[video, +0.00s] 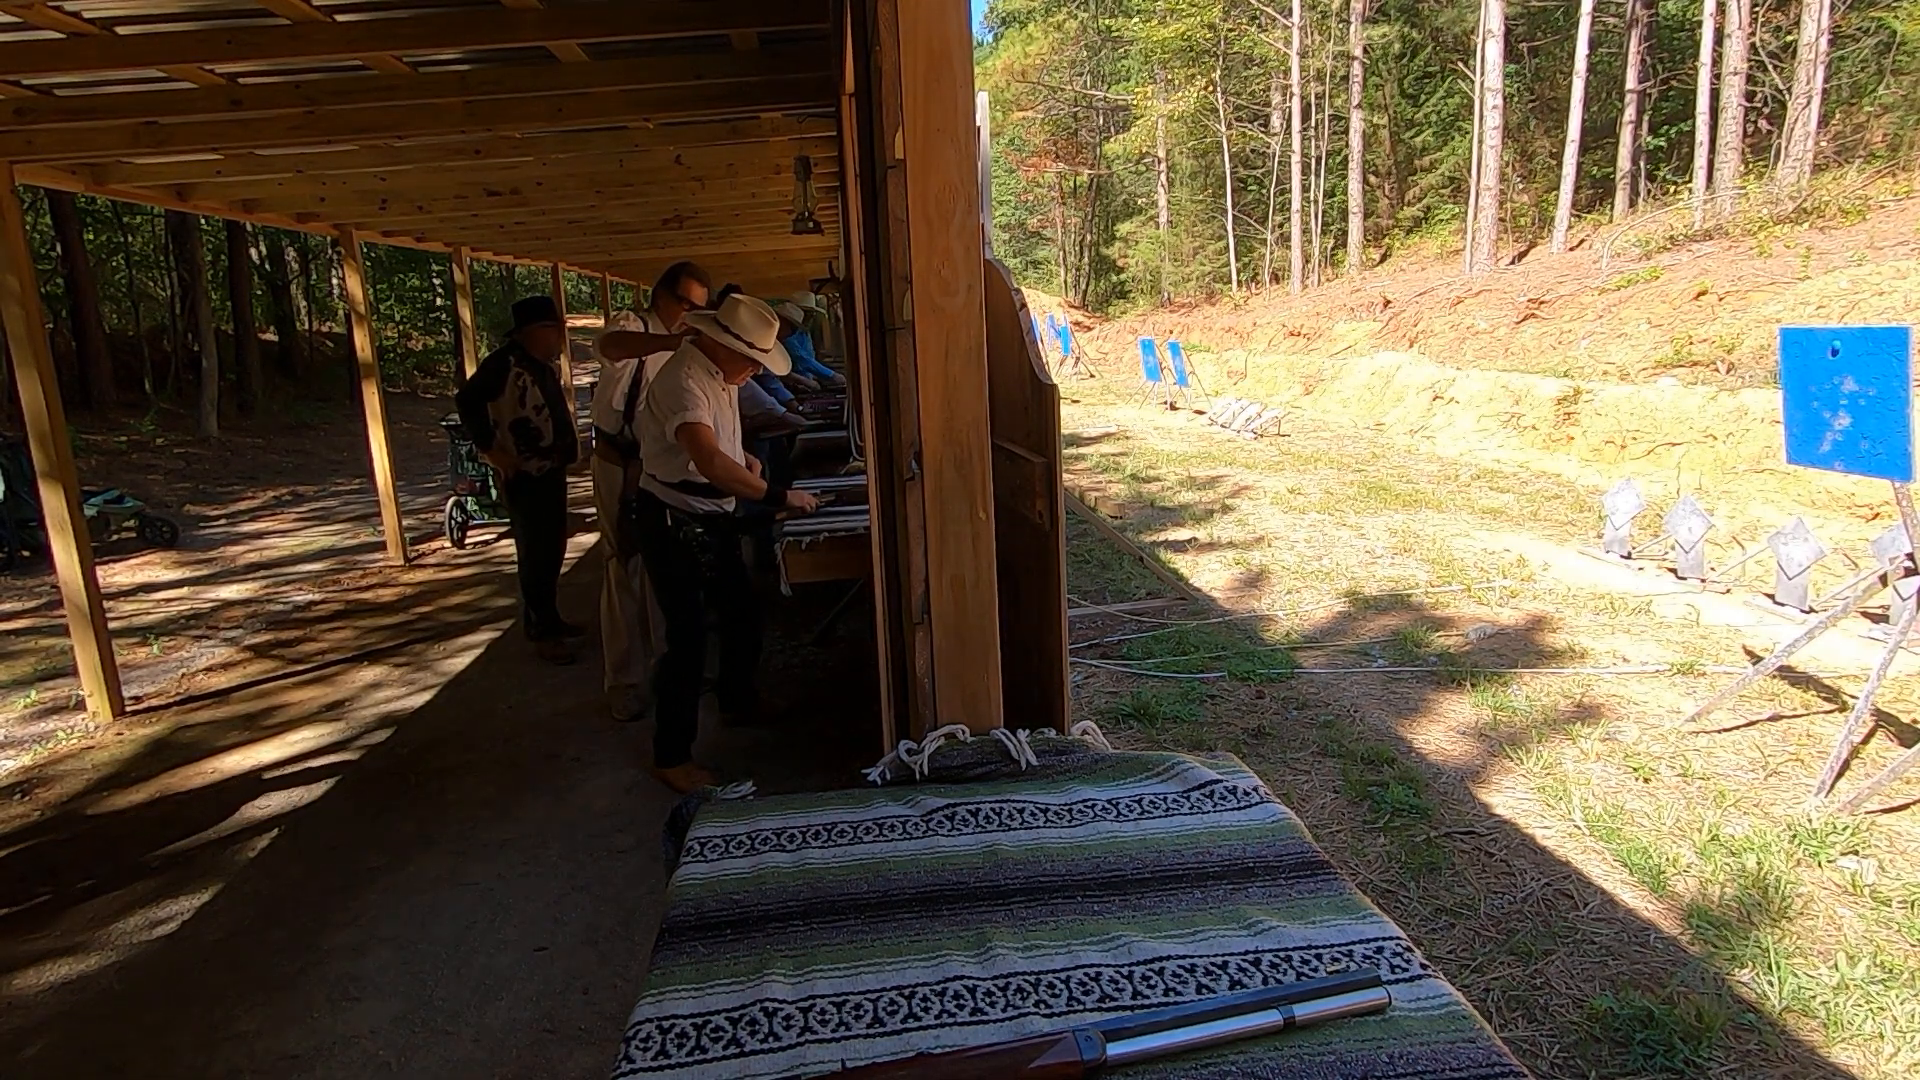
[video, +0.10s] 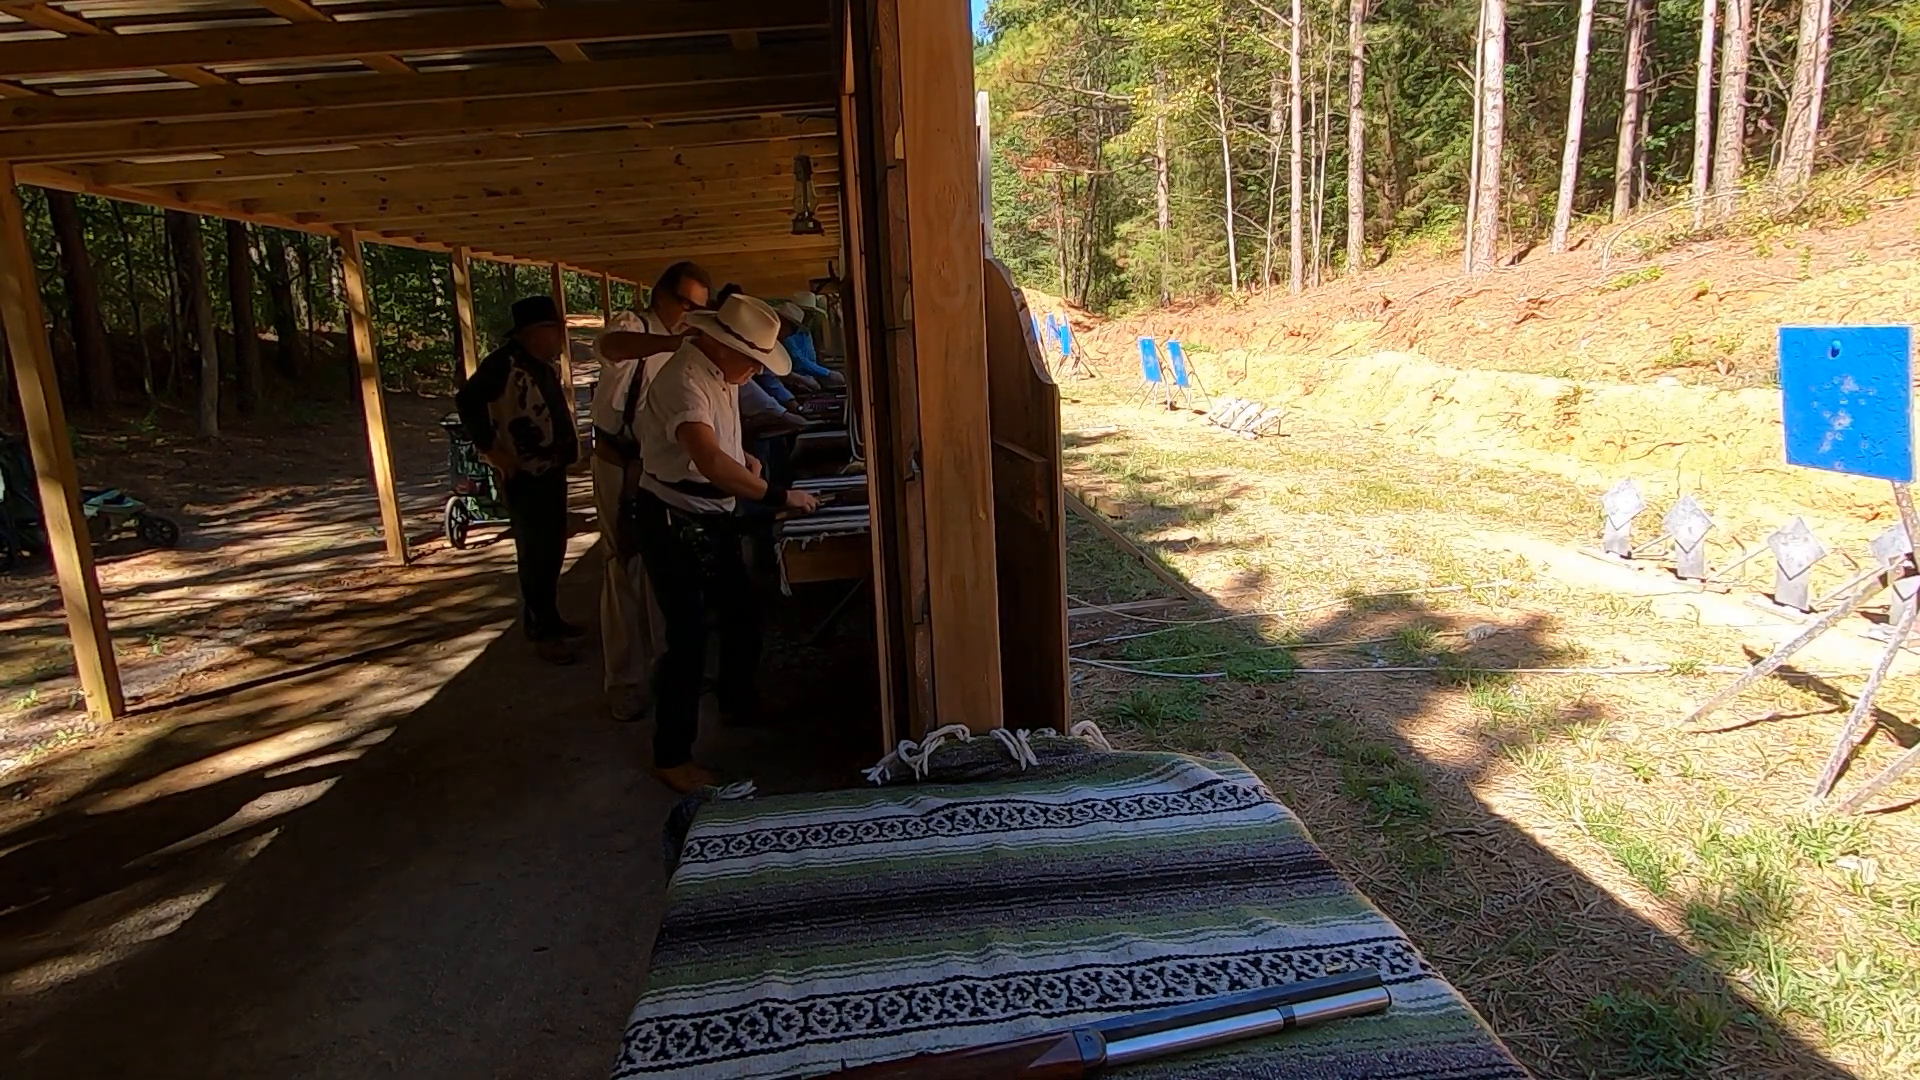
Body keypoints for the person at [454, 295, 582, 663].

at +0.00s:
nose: (561, 338)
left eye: (561, 330)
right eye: (555, 330)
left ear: (545, 332)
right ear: (533, 331)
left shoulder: (544, 366)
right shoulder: (504, 362)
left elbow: (550, 412)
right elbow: (468, 399)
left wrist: (566, 447)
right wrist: (489, 448)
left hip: (551, 473)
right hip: (524, 475)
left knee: (552, 550)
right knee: (536, 552)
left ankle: (549, 621)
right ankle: (541, 630)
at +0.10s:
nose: (561, 338)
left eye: (561, 330)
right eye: (555, 331)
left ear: (544, 333)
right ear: (533, 332)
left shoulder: (544, 366)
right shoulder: (504, 362)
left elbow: (550, 412)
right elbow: (468, 400)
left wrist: (566, 447)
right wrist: (489, 448)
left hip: (551, 473)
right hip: (524, 475)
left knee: (552, 550)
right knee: (536, 552)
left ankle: (549, 620)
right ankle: (541, 630)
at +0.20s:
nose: (562, 338)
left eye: (562, 330)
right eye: (556, 330)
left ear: (543, 333)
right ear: (534, 332)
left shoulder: (544, 366)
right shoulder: (505, 362)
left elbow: (551, 412)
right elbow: (468, 399)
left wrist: (567, 447)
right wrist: (489, 448)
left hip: (551, 473)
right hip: (525, 475)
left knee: (552, 550)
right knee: (536, 552)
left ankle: (549, 621)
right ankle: (541, 630)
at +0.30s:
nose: (562, 338)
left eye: (562, 330)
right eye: (556, 330)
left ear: (544, 333)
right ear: (534, 332)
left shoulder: (544, 366)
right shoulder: (505, 362)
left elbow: (551, 411)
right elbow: (468, 399)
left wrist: (568, 446)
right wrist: (489, 448)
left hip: (551, 473)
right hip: (525, 476)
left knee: (552, 550)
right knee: (536, 552)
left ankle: (549, 621)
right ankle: (541, 630)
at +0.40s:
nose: (563, 338)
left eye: (562, 331)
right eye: (556, 331)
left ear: (544, 333)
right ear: (534, 333)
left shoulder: (544, 365)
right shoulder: (505, 362)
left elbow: (551, 411)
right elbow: (468, 399)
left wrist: (567, 445)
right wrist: (489, 448)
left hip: (551, 472)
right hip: (525, 475)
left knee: (552, 549)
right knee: (536, 552)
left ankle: (549, 621)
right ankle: (541, 630)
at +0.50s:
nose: (562, 339)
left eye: (562, 331)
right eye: (556, 331)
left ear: (546, 334)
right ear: (533, 333)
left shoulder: (545, 366)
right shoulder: (505, 362)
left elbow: (551, 412)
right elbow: (468, 400)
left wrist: (567, 446)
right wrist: (489, 448)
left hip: (551, 473)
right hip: (524, 475)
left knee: (553, 549)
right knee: (536, 552)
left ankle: (549, 620)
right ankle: (540, 630)